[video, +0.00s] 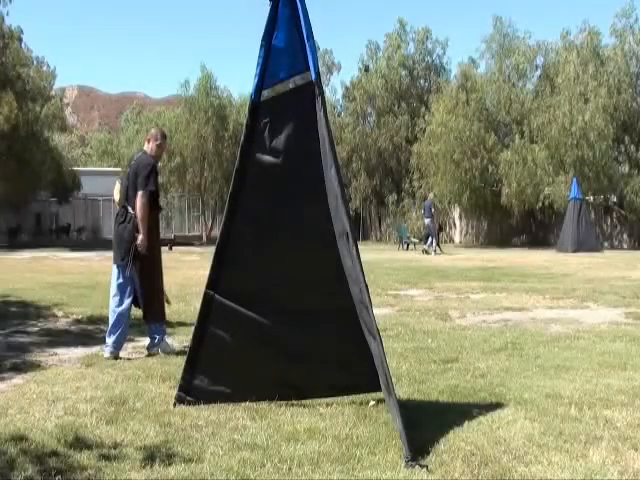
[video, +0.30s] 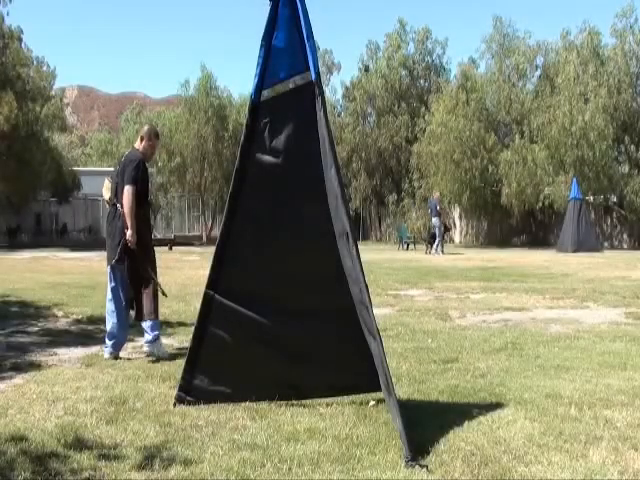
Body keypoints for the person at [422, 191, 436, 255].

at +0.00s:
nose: (432, 197)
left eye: (432, 196)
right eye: (432, 196)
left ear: (428, 196)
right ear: (432, 197)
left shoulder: (425, 202)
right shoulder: (431, 202)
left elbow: (423, 211)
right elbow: (433, 211)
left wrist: (425, 216)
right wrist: (435, 217)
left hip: (425, 219)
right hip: (430, 219)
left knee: (430, 234)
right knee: (434, 234)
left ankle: (426, 246)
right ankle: (434, 249)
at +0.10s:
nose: (436, 197)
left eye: (436, 195)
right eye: (436, 195)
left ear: (431, 195)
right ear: (435, 196)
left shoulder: (427, 201)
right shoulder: (434, 201)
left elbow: (425, 210)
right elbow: (436, 209)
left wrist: (428, 213)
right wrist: (438, 215)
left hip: (428, 217)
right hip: (433, 217)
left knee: (430, 233)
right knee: (435, 233)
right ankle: (434, 250)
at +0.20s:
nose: (438, 196)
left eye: (437, 194)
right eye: (437, 194)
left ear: (432, 194)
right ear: (437, 195)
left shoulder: (429, 200)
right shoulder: (436, 200)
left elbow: (427, 209)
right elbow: (437, 208)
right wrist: (439, 213)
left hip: (430, 217)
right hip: (435, 217)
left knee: (433, 233)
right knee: (435, 234)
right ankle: (434, 250)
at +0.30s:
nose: (438, 197)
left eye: (438, 195)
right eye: (437, 195)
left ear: (433, 195)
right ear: (436, 195)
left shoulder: (431, 202)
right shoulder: (436, 201)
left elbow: (429, 210)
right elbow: (438, 208)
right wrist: (441, 211)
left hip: (432, 217)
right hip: (437, 217)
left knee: (437, 235)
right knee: (439, 236)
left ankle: (439, 250)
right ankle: (434, 250)